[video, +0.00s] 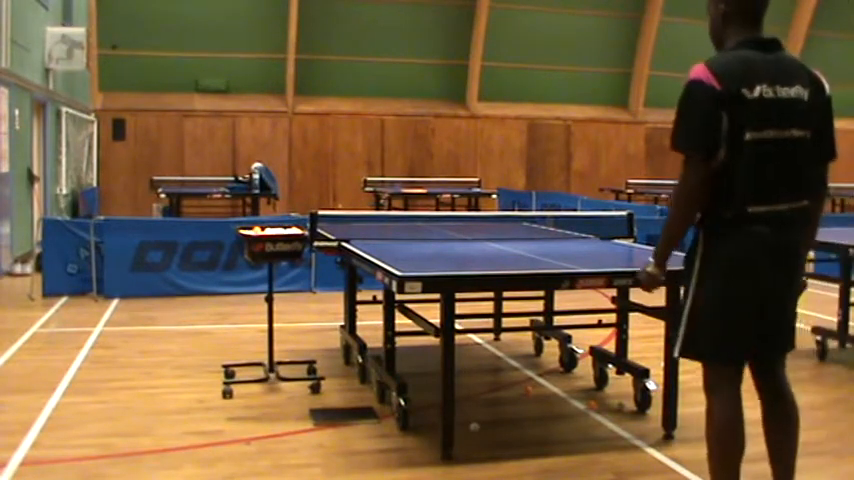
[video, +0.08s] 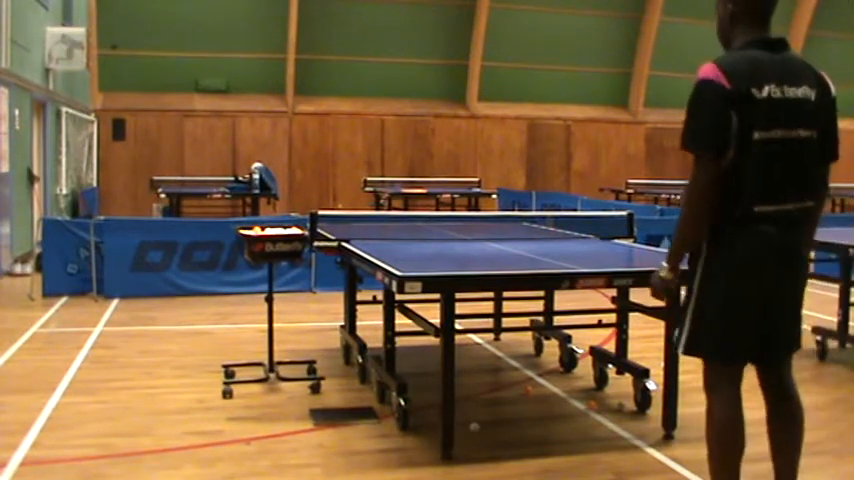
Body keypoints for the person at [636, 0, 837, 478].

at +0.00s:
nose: (708, 20)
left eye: (709, 11)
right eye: (710, 12)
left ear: (720, 12)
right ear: (760, 16)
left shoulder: (711, 78)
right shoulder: (811, 81)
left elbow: (695, 179)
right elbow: (818, 184)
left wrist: (659, 260)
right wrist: (800, 249)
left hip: (728, 251)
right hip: (787, 251)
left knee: (721, 382)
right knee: (771, 372)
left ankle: (723, 474)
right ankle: (784, 474)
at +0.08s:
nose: (716, 20)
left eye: (717, 11)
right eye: (718, 12)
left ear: (728, 12)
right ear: (768, 16)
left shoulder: (720, 76)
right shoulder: (816, 81)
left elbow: (705, 182)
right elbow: (819, 185)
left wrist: (672, 263)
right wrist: (799, 250)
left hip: (731, 253)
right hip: (789, 254)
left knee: (722, 383)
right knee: (777, 374)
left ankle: (723, 474)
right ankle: (786, 475)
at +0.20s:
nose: (728, 19)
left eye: (731, 11)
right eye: (731, 11)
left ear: (741, 13)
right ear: (782, 18)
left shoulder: (733, 75)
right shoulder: (823, 81)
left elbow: (721, 181)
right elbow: (827, 178)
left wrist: (698, 268)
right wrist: (802, 239)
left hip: (744, 249)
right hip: (803, 249)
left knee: (719, 377)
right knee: (786, 371)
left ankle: (723, 475)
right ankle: (790, 474)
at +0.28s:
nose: (735, 21)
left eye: (737, 13)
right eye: (737, 13)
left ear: (748, 13)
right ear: (789, 19)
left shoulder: (741, 75)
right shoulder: (828, 81)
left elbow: (733, 183)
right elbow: (835, 177)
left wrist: (711, 269)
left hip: (755, 249)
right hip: (812, 250)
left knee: (712, 371)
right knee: (792, 369)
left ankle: (721, 475)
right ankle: (792, 476)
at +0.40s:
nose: (742, 19)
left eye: (746, 10)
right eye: (745, 11)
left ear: (757, 13)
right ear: (798, 18)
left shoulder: (751, 72)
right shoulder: (834, 81)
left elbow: (747, 178)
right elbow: (839, 181)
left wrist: (727, 267)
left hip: (764, 246)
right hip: (819, 249)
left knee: (711, 365)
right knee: (800, 371)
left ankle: (722, 474)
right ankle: (795, 476)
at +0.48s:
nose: (746, 18)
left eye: (751, 8)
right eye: (750, 9)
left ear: (763, 13)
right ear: (802, 18)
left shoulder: (755, 71)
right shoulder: (837, 81)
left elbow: (752, 180)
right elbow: (841, 183)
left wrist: (731, 265)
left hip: (766, 244)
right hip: (820, 247)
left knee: (721, 370)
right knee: (801, 373)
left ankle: (724, 474)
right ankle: (796, 475)